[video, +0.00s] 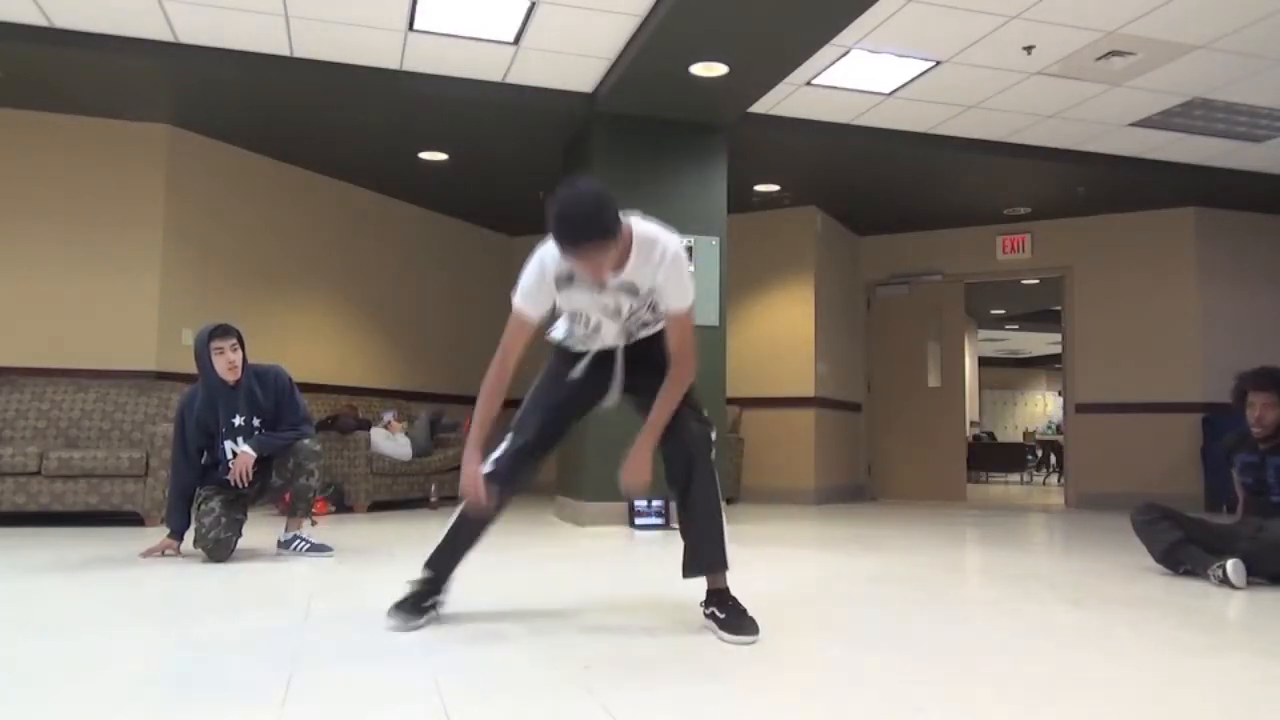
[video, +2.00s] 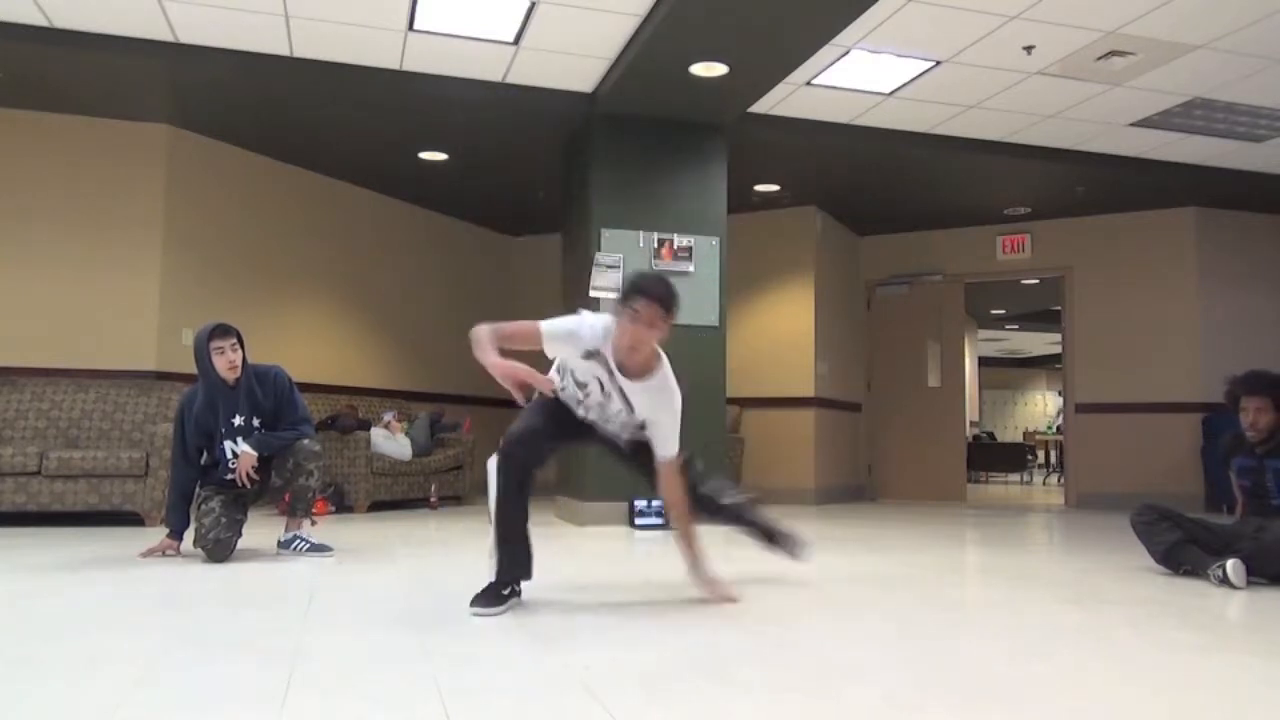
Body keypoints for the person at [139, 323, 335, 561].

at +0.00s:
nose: (230, 358)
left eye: (234, 349)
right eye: (219, 353)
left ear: (243, 352)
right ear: (205, 360)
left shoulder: (273, 380)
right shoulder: (194, 404)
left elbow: (304, 429)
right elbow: (184, 471)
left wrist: (254, 447)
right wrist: (175, 535)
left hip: (265, 476)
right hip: (219, 488)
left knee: (308, 449)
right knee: (215, 549)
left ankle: (292, 534)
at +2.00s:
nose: (231, 358)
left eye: (234, 349)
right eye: (220, 352)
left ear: (243, 351)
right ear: (205, 360)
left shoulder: (272, 380)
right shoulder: (194, 403)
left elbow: (304, 430)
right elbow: (184, 470)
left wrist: (256, 445)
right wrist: (174, 535)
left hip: (267, 476)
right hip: (221, 488)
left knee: (308, 450)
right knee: (215, 549)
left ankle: (292, 534)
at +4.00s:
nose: (229, 357)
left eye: (232, 348)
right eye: (218, 352)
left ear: (241, 350)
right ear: (204, 360)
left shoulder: (272, 381)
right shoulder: (193, 404)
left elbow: (304, 430)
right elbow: (184, 471)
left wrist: (255, 446)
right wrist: (174, 535)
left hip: (266, 476)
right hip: (220, 488)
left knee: (306, 450)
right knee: (215, 549)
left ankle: (292, 534)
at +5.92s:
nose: (229, 359)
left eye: (232, 349)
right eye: (217, 354)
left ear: (241, 351)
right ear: (204, 362)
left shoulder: (273, 381)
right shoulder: (194, 404)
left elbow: (303, 431)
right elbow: (184, 470)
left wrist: (254, 448)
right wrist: (175, 535)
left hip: (266, 478)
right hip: (222, 488)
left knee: (307, 451)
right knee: (216, 549)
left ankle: (292, 534)